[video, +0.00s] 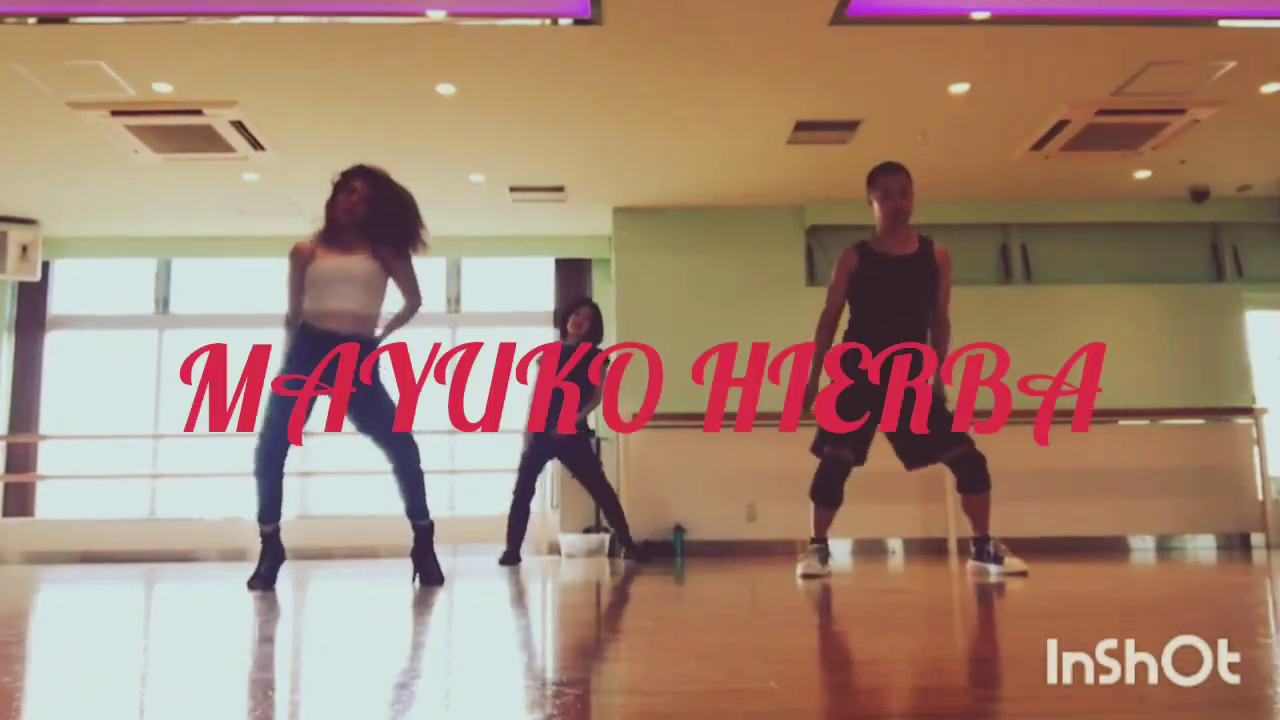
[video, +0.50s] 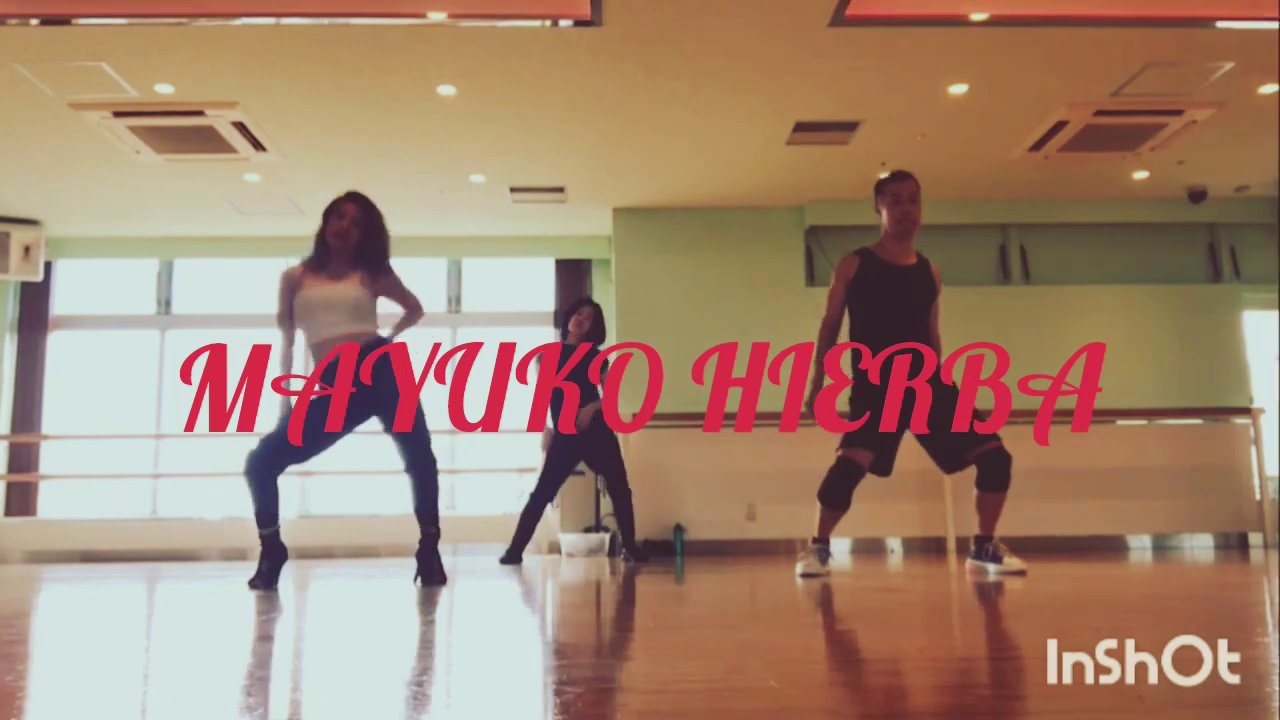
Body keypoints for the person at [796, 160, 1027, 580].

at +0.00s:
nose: (896, 203)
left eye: (903, 193)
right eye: (886, 195)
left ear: (914, 198)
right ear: (871, 201)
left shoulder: (935, 257)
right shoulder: (855, 258)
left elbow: (940, 321)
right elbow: (829, 317)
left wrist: (936, 376)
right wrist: (814, 376)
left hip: (914, 385)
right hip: (860, 383)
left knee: (970, 465)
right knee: (835, 462)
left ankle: (984, 546)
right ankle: (818, 546)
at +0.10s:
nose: (897, 215)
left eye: (904, 205)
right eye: (887, 207)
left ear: (914, 211)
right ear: (872, 214)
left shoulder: (934, 273)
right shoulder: (857, 274)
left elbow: (936, 339)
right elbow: (834, 337)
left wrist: (926, 383)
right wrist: (828, 388)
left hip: (913, 395)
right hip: (861, 394)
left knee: (979, 466)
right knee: (829, 474)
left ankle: (985, 548)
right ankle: (817, 547)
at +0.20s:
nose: (899, 221)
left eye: (906, 212)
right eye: (889, 214)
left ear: (916, 219)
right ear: (874, 223)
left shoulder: (934, 285)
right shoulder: (857, 282)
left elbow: (934, 349)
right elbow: (837, 345)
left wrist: (925, 389)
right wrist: (839, 389)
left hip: (915, 399)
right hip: (864, 398)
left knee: (990, 465)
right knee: (837, 473)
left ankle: (985, 548)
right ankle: (818, 547)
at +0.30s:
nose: (902, 219)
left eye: (909, 211)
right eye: (892, 212)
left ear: (918, 220)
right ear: (875, 222)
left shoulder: (934, 285)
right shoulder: (856, 283)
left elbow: (935, 348)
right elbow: (837, 345)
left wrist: (931, 391)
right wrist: (832, 396)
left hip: (922, 398)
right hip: (870, 398)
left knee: (997, 465)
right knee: (844, 475)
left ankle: (985, 546)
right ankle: (819, 546)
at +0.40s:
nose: (904, 214)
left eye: (911, 206)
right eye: (894, 207)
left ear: (921, 215)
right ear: (878, 217)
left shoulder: (932, 280)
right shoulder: (857, 275)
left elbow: (934, 345)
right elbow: (834, 339)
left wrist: (936, 390)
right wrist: (828, 386)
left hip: (925, 392)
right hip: (874, 393)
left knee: (999, 463)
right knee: (850, 469)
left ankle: (986, 547)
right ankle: (819, 546)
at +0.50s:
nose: (905, 208)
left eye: (912, 200)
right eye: (895, 200)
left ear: (921, 208)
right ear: (878, 209)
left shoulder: (929, 271)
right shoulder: (855, 265)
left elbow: (933, 336)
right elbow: (829, 327)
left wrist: (936, 383)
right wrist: (818, 383)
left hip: (925, 386)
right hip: (875, 387)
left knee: (995, 459)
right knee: (850, 465)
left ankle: (985, 547)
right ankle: (819, 546)